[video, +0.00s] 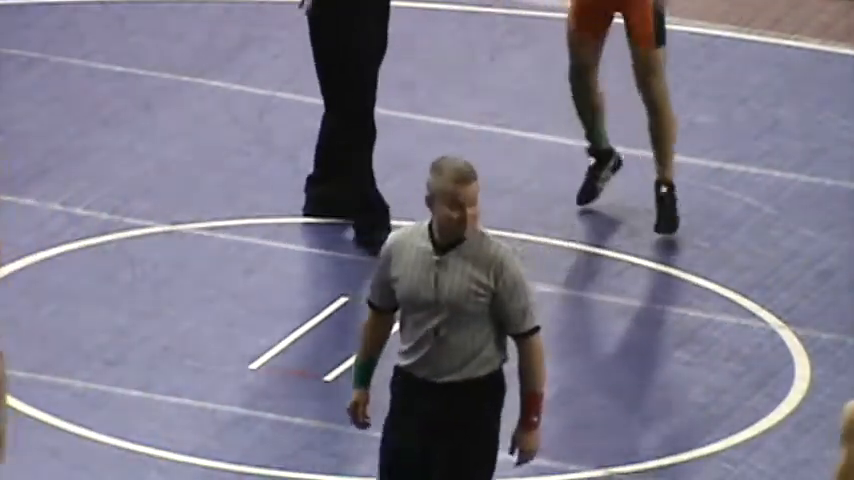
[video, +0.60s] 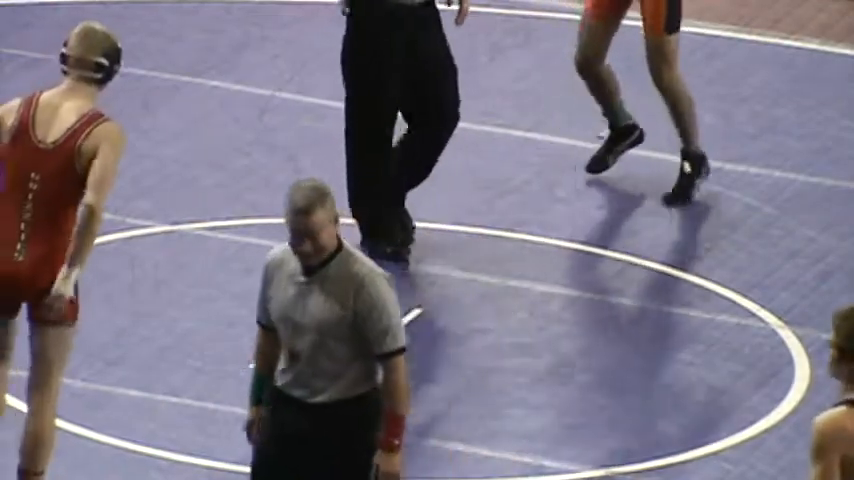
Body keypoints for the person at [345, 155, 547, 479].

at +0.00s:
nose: (466, 216)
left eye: (472, 206)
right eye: (455, 207)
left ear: (479, 202)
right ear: (430, 202)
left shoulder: (497, 261)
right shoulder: (398, 248)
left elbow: (528, 339)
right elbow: (379, 316)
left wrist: (530, 421)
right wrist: (361, 384)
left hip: (474, 397)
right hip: (411, 391)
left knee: (466, 472)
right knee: (397, 472)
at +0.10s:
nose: (434, 225)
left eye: (444, 215)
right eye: (426, 215)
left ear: (462, 207)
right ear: (415, 204)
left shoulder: (487, 267)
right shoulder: (389, 249)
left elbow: (517, 346)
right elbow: (372, 315)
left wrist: (514, 427)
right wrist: (352, 382)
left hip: (463, 403)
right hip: (399, 394)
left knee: (460, 473)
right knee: (371, 473)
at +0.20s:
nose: (405, 233)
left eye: (417, 224)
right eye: (401, 220)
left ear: (444, 218)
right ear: (395, 212)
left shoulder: (474, 273)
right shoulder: (377, 249)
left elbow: (503, 353)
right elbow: (363, 316)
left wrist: (493, 434)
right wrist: (340, 381)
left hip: (448, 406)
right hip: (386, 396)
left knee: (443, 473)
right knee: (350, 473)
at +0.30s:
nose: (382, 239)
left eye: (392, 231)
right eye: (377, 229)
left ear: (421, 224)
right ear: (371, 223)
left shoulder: (453, 276)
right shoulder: (362, 254)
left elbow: (483, 358)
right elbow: (347, 321)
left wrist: (469, 438)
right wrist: (326, 385)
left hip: (431, 407)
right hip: (370, 396)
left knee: (417, 472)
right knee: (336, 472)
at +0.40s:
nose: (357, 244)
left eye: (367, 236)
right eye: (353, 234)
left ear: (395, 229)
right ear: (348, 225)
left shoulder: (428, 280)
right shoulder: (338, 260)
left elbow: (458, 362)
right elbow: (326, 327)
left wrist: (445, 444)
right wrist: (308, 394)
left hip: (408, 412)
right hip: (349, 403)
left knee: (395, 473)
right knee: (318, 472)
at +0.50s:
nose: (330, 247)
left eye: (339, 239)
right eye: (324, 237)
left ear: (366, 230)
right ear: (317, 229)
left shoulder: (399, 283)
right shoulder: (310, 269)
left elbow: (429, 366)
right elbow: (299, 335)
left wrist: (420, 447)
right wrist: (284, 403)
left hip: (380, 415)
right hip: (320, 408)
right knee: (293, 472)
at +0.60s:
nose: (303, 245)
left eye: (312, 236)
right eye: (296, 235)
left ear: (335, 225)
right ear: (287, 227)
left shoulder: (367, 282)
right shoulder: (278, 265)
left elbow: (394, 365)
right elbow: (268, 334)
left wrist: (391, 446)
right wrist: (258, 402)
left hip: (347, 414)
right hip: (287, 410)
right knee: (267, 472)